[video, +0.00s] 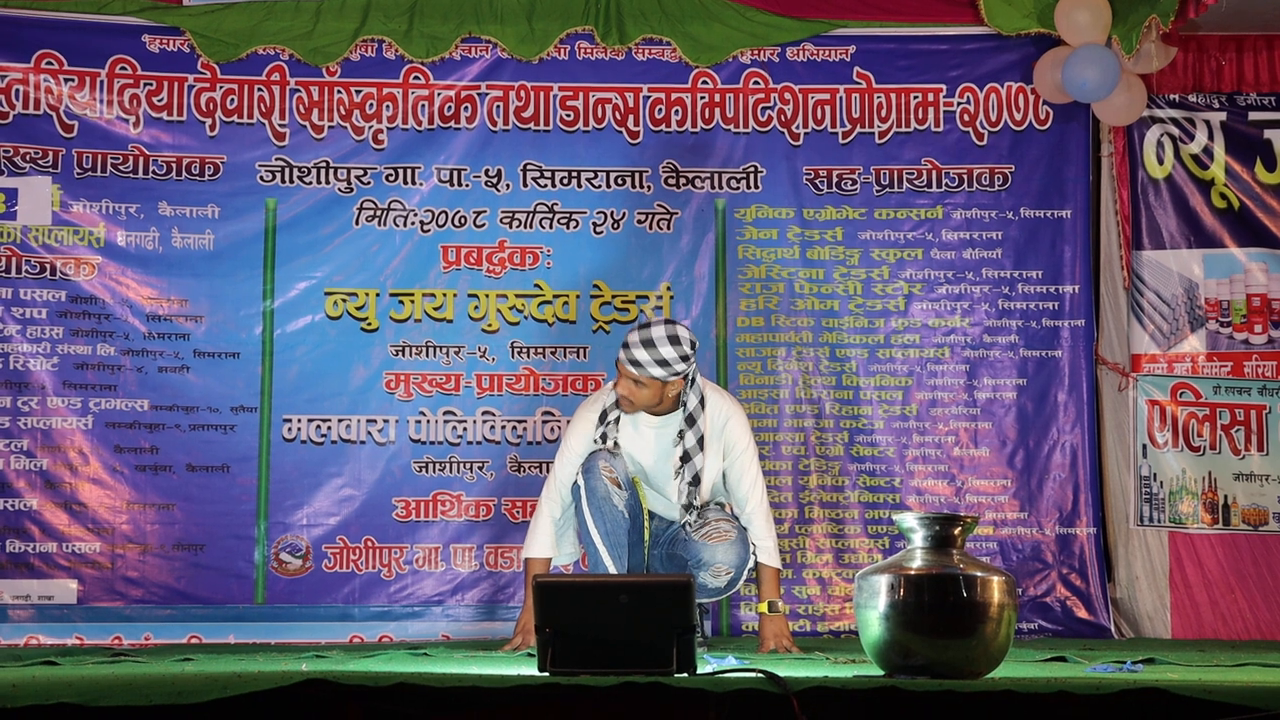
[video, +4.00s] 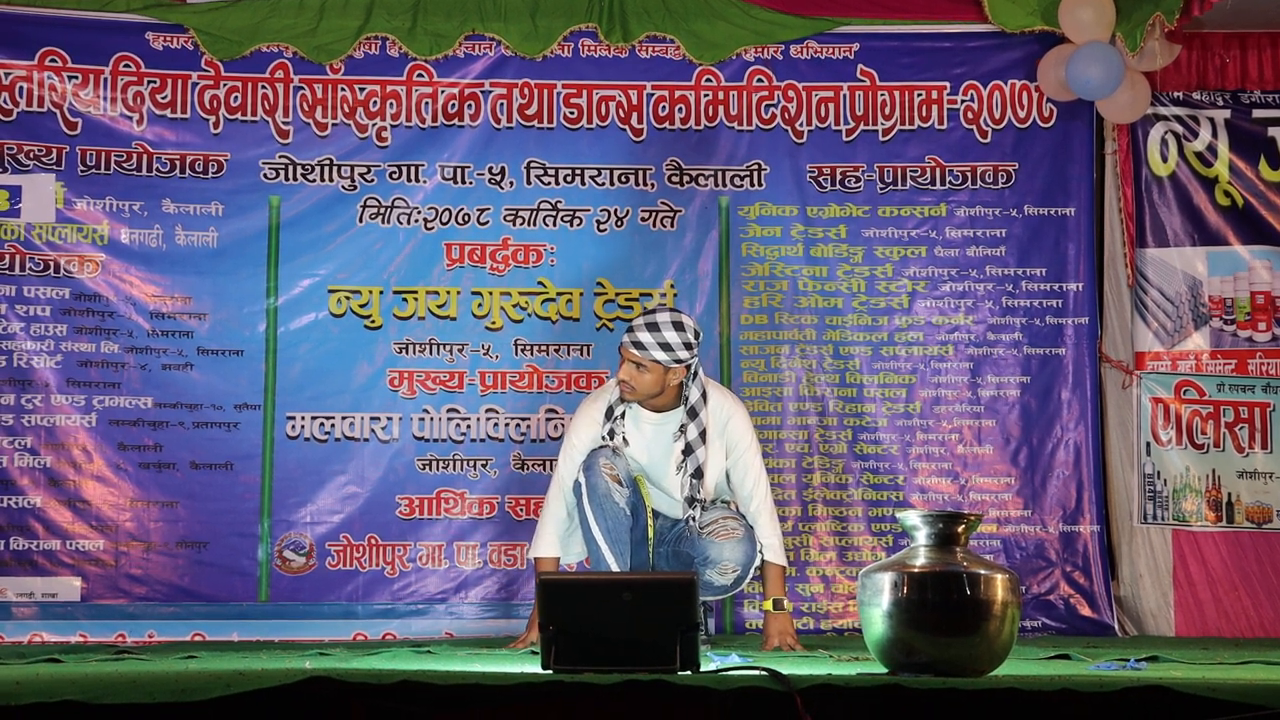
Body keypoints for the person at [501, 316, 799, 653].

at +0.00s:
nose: (619, 388)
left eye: (635, 383)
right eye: (619, 374)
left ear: (673, 386)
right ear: (617, 364)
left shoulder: (724, 415)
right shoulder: (596, 413)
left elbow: (756, 509)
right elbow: (551, 503)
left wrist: (772, 609)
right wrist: (531, 604)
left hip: (685, 542)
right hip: (624, 535)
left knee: (726, 546)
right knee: (599, 465)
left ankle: (683, 615)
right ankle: (616, 611)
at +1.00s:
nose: (618, 374)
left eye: (634, 367)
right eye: (619, 360)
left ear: (673, 374)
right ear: (617, 355)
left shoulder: (726, 413)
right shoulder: (598, 410)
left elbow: (758, 507)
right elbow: (555, 502)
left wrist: (774, 608)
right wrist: (534, 603)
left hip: (691, 537)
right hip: (629, 530)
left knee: (728, 549)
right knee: (603, 462)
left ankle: (690, 609)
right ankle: (619, 605)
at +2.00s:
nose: (617, 376)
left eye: (632, 367)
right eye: (617, 362)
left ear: (672, 374)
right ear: (615, 357)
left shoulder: (723, 413)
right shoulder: (596, 415)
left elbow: (759, 505)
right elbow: (562, 502)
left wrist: (775, 605)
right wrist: (517, 570)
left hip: (692, 538)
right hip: (628, 533)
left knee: (730, 550)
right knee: (601, 461)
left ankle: (685, 614)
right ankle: (620, 606)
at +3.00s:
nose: (618, 375)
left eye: (635, 367)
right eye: (619, 360)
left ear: (674, 373)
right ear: (617, 354)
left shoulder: (723, 413)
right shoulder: (596, 411)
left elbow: (760, 506)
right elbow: (555, 502)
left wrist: (776, 608)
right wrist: (543, 606)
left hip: (691, 537)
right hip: (628, 530)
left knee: (732, 549)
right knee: (598, 463)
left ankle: (686, 609)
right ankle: (621, 605)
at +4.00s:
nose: (622, 375)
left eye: (638, 368)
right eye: (622, 361)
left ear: (677, 374)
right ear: (620, 355)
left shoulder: (725, 414)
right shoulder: (597, 411)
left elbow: (760, 507)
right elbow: (558, 503)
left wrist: (777, 609)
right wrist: (543, 608)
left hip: (691, 540)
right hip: (629, 532)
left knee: (733, 546)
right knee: (601, 463)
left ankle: (687, 611)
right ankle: (620, 608)